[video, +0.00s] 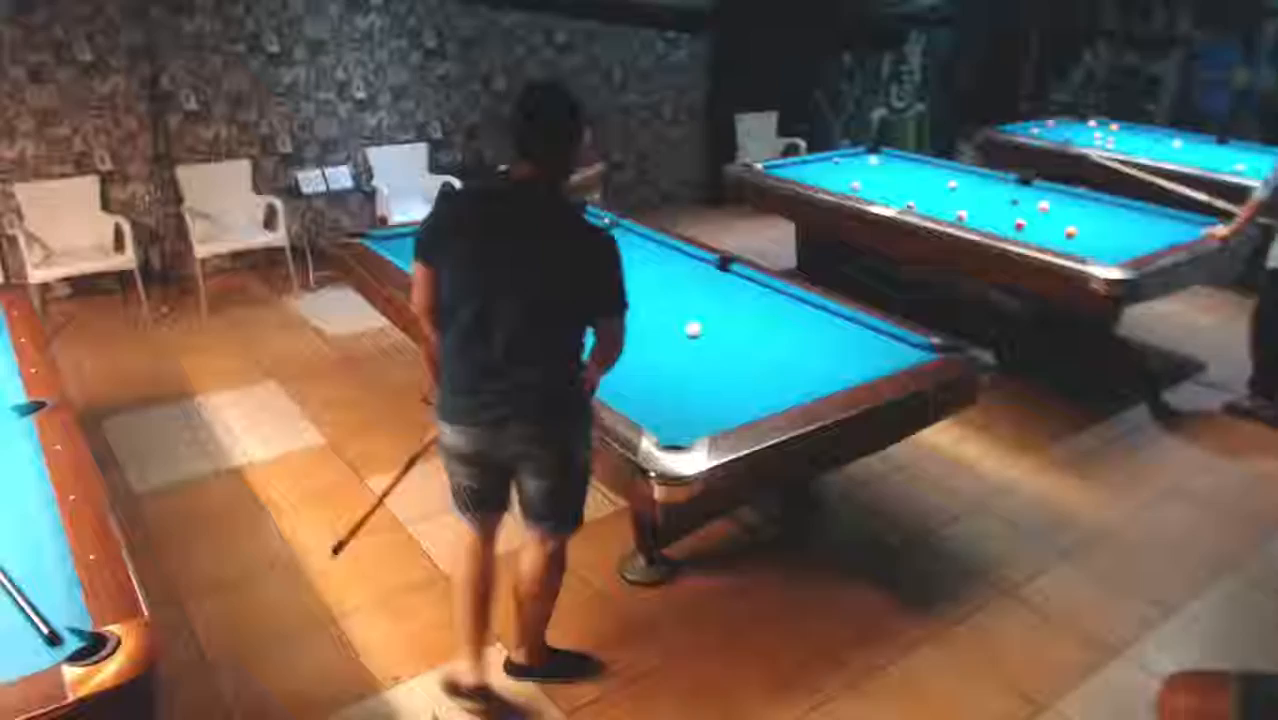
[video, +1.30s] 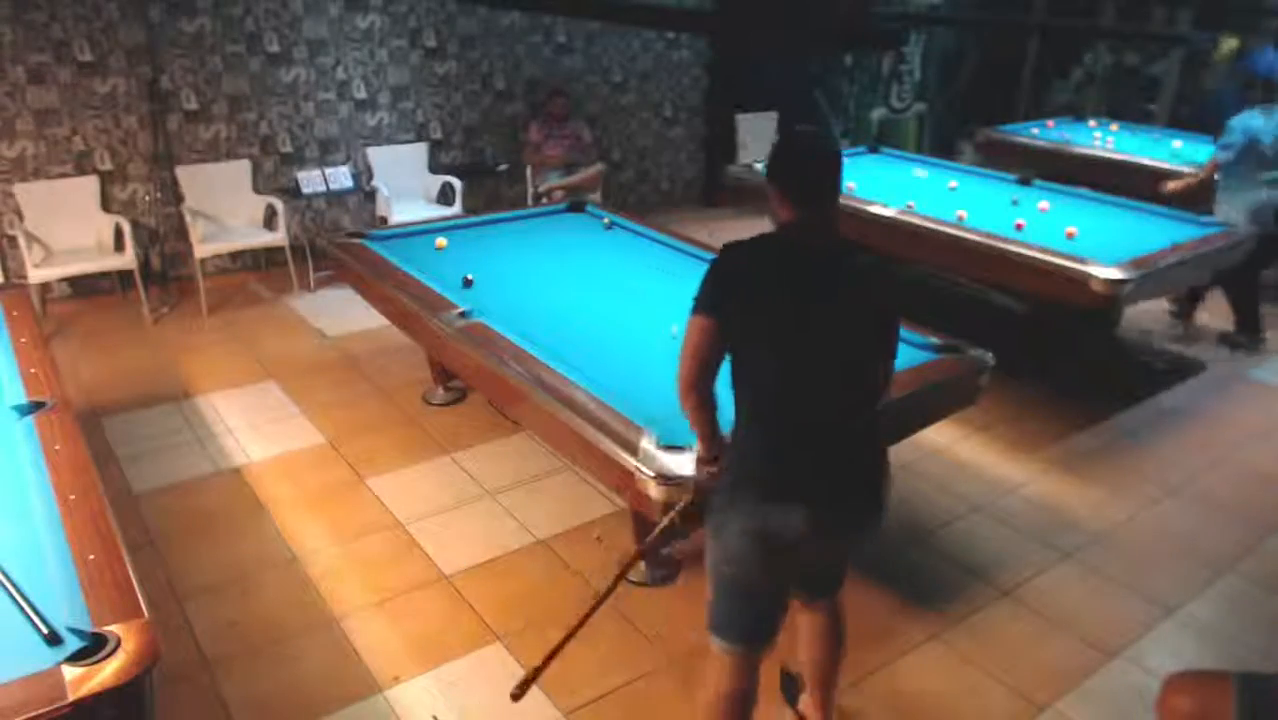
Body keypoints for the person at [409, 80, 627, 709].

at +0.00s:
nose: (584, 148)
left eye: (578, 138)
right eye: (582, 139)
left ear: (511, 140)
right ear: (574, 148)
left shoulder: (455, 210)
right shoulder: (589, 238)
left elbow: (422, 306)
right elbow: (612, 340)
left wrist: (444, 370)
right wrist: (587, 380)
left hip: (466, 411)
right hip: (549, 417)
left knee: (476, 530)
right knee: (545, 541)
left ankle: (468, 665)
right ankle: (528, 652)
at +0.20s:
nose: (529, 156)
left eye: (528, 147)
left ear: (530, 154)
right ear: (598, 160)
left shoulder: (482, 229)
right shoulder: (626, 251)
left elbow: (443, 327)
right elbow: (652, 358)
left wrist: (475, 372)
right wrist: (608, 356)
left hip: (501, 430)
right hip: (584, 432)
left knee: (521, 567)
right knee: (561, 556)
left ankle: (559, 696)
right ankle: (538, 662)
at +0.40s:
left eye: (571, 165)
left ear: (568, 172)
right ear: (636, 172)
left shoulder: (518, 254)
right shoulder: (671, 269)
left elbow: (477, 365)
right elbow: (705, 378)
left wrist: (512, 422)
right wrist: (661, 323)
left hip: (558, 473)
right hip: (642, 466)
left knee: (588, 624)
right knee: (595, 552)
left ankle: (616, 706)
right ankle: (584, 656)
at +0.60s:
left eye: (605, 174)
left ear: (602, 188)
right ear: (672, 185)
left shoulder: (557, 281)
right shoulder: (715, 283)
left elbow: (513, 400)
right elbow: (746, 387)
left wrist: (547, 455)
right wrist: (697, 325)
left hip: (605, 501)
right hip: (693, 487)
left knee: (626, 649)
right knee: (649, 581)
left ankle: (646, 697)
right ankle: (647, 676)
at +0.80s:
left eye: (646, 170)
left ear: (646, 183)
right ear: (718, 181)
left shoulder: (603, 280)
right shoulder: (765, 282)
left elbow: (561, 403)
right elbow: (784, 381)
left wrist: (587, 454)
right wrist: (728, 325)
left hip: (639, 512)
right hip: (726, 501)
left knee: (648, 662)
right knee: (722, 588)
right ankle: (742, 688)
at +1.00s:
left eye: (715, 179)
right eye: (755, 179)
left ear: (703, 187)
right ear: (773, 190)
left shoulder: (660, 278)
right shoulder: (812, 281)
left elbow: (612, 401)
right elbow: (822, 386)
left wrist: (641, 454)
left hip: (685, 504)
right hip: (776, 499)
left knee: (665, 660)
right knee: (785, 611)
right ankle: (815, 707)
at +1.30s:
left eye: (774, 185)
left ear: (772, 192)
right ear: (838, 191)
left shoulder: (738, 264)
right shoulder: (873, 272)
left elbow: (694, 378)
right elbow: (878, 383)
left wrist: (709, 440)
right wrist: (838, 424)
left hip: (758, 482)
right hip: (845, 479)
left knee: (735, 653)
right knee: (820, 597)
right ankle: (817, 709)